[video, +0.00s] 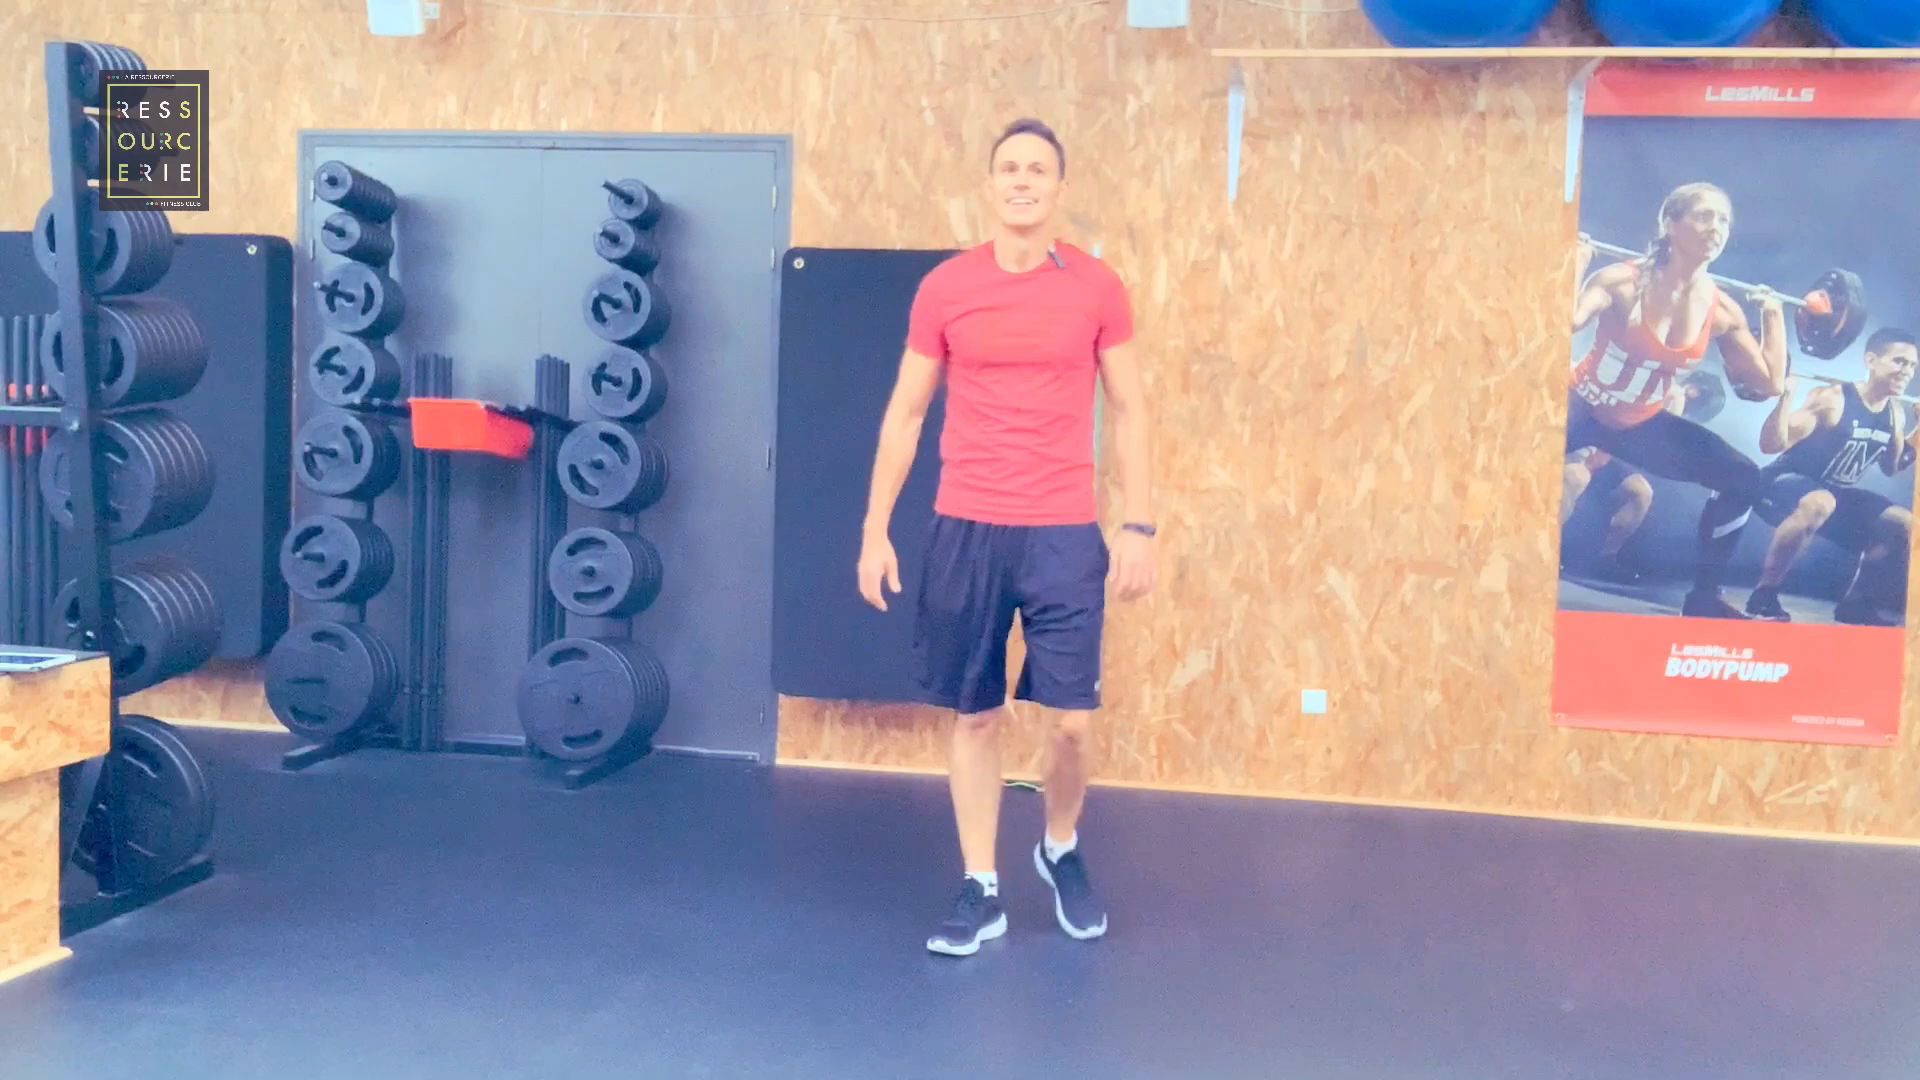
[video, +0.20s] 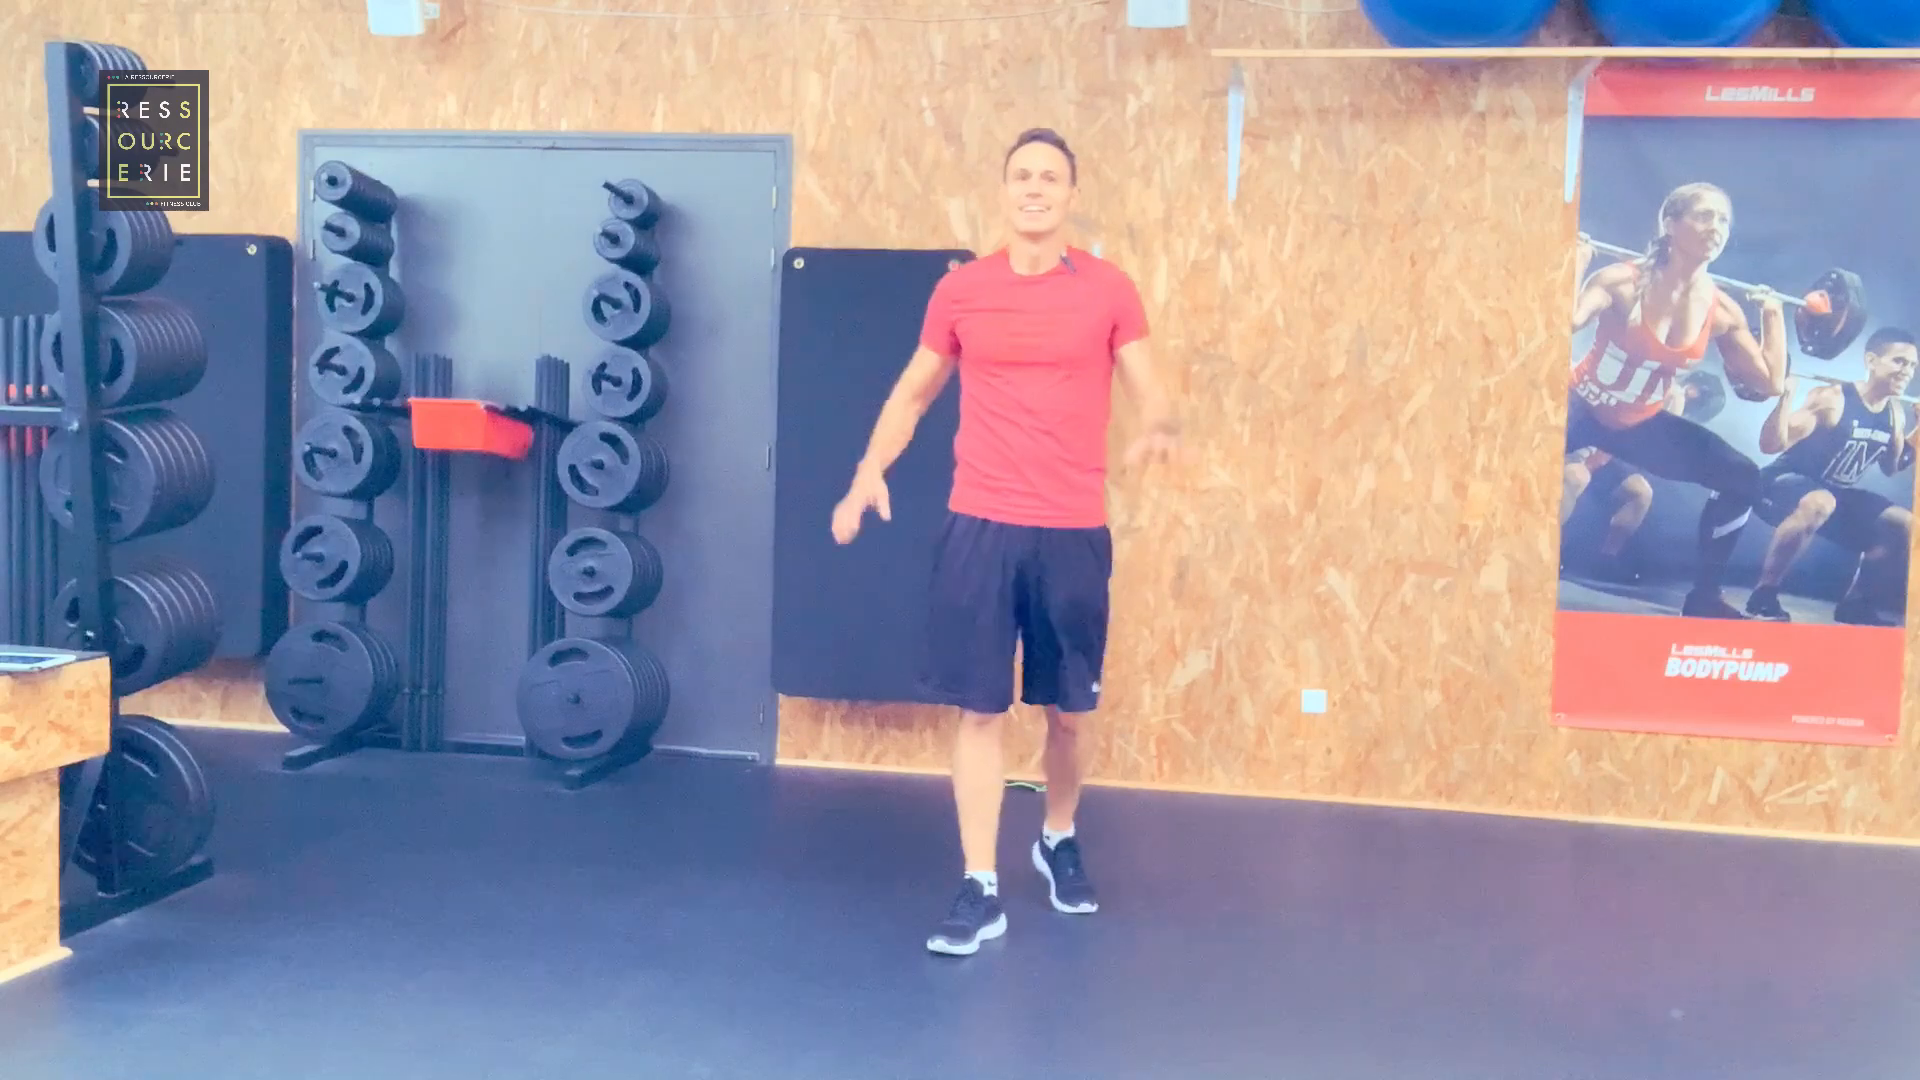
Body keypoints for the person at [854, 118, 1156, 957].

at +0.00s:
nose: (1020, 182)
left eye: (1036, 171)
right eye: (1008, 169)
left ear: (1062, 190)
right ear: (986, 187)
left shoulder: (1097, 287)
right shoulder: (945, 286)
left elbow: (1128, 409)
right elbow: (905, 412)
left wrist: (1137, 523)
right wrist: (875, 530)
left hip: (1066, 534)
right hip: (965, 531)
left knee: (1070, 721)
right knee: (975, 714)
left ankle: (1061, 850)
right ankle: (980, 888)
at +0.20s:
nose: (1032, 190)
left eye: (1047, 179)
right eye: (1021, 178)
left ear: (1072, 197)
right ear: (1002, 193)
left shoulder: (1109, 290)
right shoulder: (961, 290)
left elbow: (1157, 397)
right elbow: (910, 396)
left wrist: (1158, 431)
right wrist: (871, 470)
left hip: (1074, 531)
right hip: (979, 527)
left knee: (1069, 709)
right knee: (981, 706)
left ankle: (1059, 839)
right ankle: (979, 886)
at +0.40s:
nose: (1058, 201)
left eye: (1072, 190)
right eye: (1046, 189)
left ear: (1095, 205)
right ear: (1025, 203)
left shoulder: (1127, 291)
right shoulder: (983, 288)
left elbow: (1180, 393)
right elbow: (907, 390)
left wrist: (1180, 318)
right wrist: (877, 345)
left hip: (1092, 524)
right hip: (1003, 523)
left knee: (1067, 703)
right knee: (992, 704)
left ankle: (1053, 852)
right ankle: (978, 884)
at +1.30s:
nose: (999, 204)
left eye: (1013, 193)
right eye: (988, 192)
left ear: (1034, 208)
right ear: (968, 207)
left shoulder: (1069, 294)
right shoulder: (930, 287)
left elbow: (1116, 399)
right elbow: (855, 384)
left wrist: (1085, 346)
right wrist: (881, 391)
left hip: (1031, 513)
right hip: (942, 511)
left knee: (1041, 692)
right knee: (940, 685)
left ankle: (1049, 850)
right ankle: (937, 846)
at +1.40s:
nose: (983, 205)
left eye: (998, 194)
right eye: (972, 192)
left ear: (1019, 208)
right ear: (953, 204)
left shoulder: (1051, 296)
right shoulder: (916, 291)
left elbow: (1093, 401)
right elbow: (860, 396)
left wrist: (1055, 417)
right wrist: (871, 460)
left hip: (1017, 515)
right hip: (929, 513)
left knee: (1032, 694)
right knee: (935, 687)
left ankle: (1047, 844)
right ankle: (937, 846)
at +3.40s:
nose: (989, 153)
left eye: (1003, 141)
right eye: (972, 142)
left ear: (1029, 164)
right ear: (948, 166)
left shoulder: (1066, 270)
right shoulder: (907, 264)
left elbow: (1089, 395)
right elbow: (843, 393)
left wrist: (1107, 428)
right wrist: (892, 424)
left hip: (1037, 525)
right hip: (940, 524)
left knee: (1022, 730)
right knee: (942, 730)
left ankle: (979, 877)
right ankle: (942, 923)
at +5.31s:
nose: (1027, 191)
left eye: (1043, 180)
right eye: (1017, 177)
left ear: (1065, 197)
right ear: (994, 188)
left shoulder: (1096, 289)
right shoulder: (945, 283)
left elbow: (1132, 406)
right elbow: (892, 403)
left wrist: (1114, 496)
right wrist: (923, 490)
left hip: (1064, 529)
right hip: (969, 527)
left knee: (1061, 718)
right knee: (970, 711)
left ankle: (1065, 907)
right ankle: (959, 872)